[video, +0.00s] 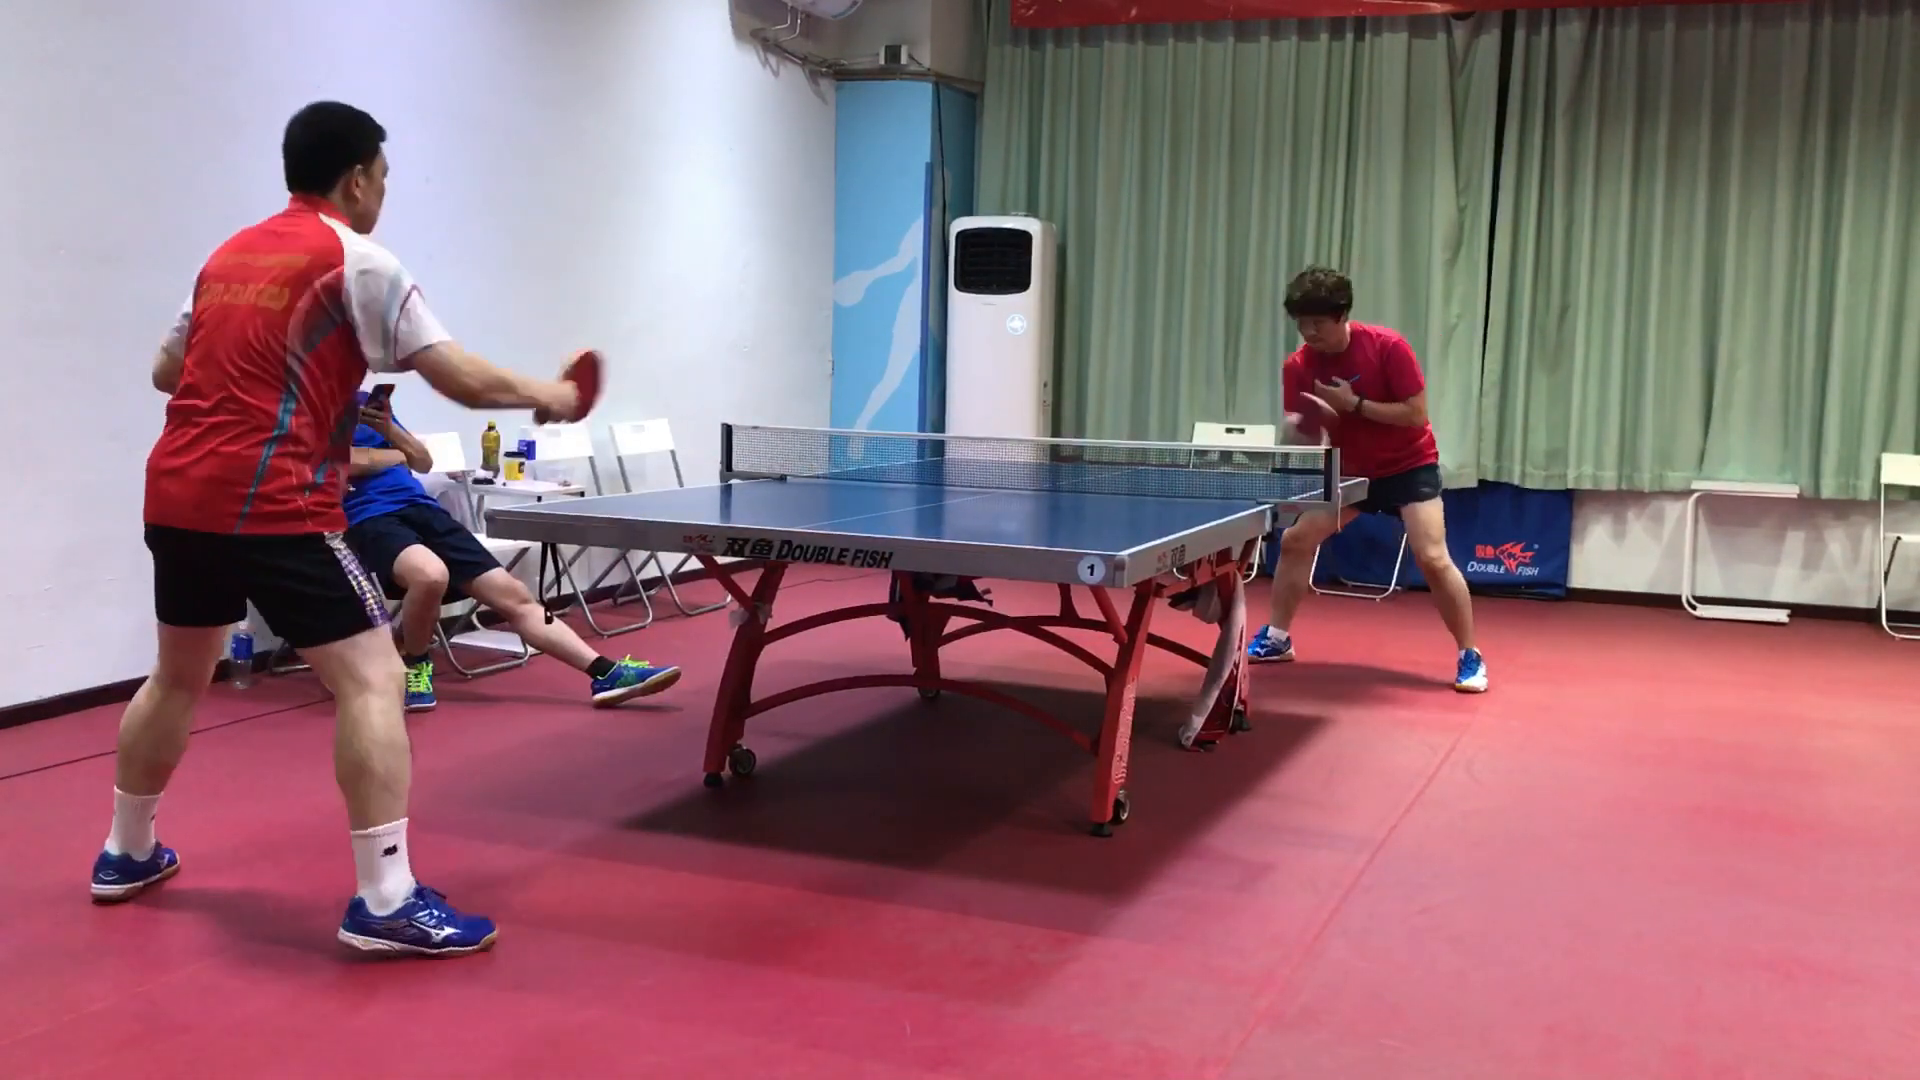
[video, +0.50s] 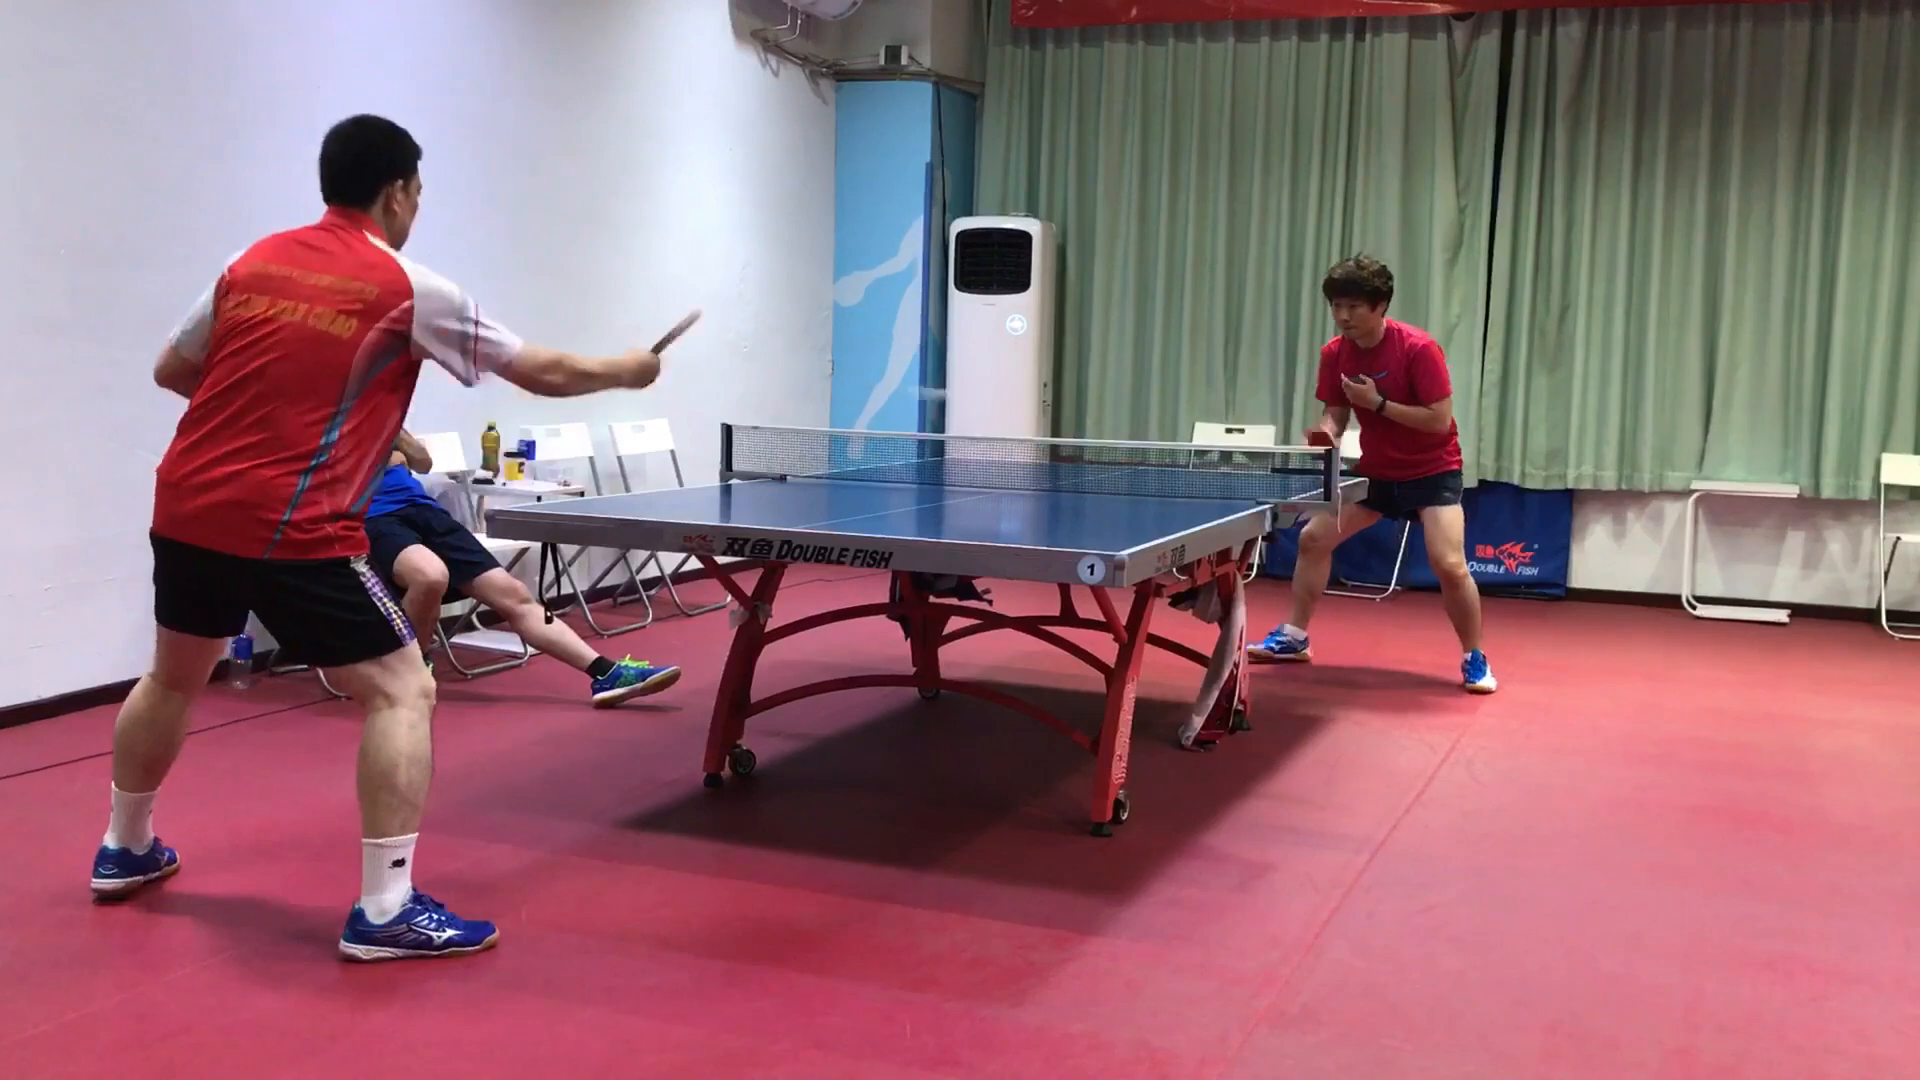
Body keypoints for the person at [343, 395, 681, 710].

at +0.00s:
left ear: (354, 368)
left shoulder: (371, 403)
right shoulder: (315, 413)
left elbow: (423, 463)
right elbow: (344, 463)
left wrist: (386, 426)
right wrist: (400, 453)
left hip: (418, 507)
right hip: (367, 518)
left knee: (514, 596)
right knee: (429, 575)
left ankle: (604, 670)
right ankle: (416, 664)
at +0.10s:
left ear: (361, 361)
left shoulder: (370, 399)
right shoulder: (314, 411)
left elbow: (422, 463)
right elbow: (342, 465)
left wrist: (387, 427)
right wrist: (400, 454)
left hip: (416, 505)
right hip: (362, 517)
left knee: (514, 597)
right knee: (429, 574)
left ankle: (605, 670)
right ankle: (415, 664)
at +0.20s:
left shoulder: (384, 399)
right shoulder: (315, 416)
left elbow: (415, 451)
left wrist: (379, 458)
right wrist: (403, 451)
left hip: (420, 507)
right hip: (364, 518)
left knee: (514, 594)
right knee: (430, 576)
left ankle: (604, 672)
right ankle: (406, 676)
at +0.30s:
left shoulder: (393, 396)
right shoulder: (325, 411)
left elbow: (425, 461)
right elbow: (354, 460)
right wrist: (406, 452)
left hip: (415, 509)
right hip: (365, 519)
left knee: (515, 595)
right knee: (430, 575)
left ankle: (603, 671)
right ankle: (410, 673)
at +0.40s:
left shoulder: (373, 414)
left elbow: (423, 462)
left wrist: (392, 433)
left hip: (417, 503)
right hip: (364, 513)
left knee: (514, 595)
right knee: (430, 576)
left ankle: (604, 671)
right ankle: (407, 675)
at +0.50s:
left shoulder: (371, 407)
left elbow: (422, 460)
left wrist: (386, 428)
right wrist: (624, 370)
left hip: (415, 504)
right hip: (366, 514)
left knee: (512, 593)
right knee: (430, 575)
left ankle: (604, 670)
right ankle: (410, 674)